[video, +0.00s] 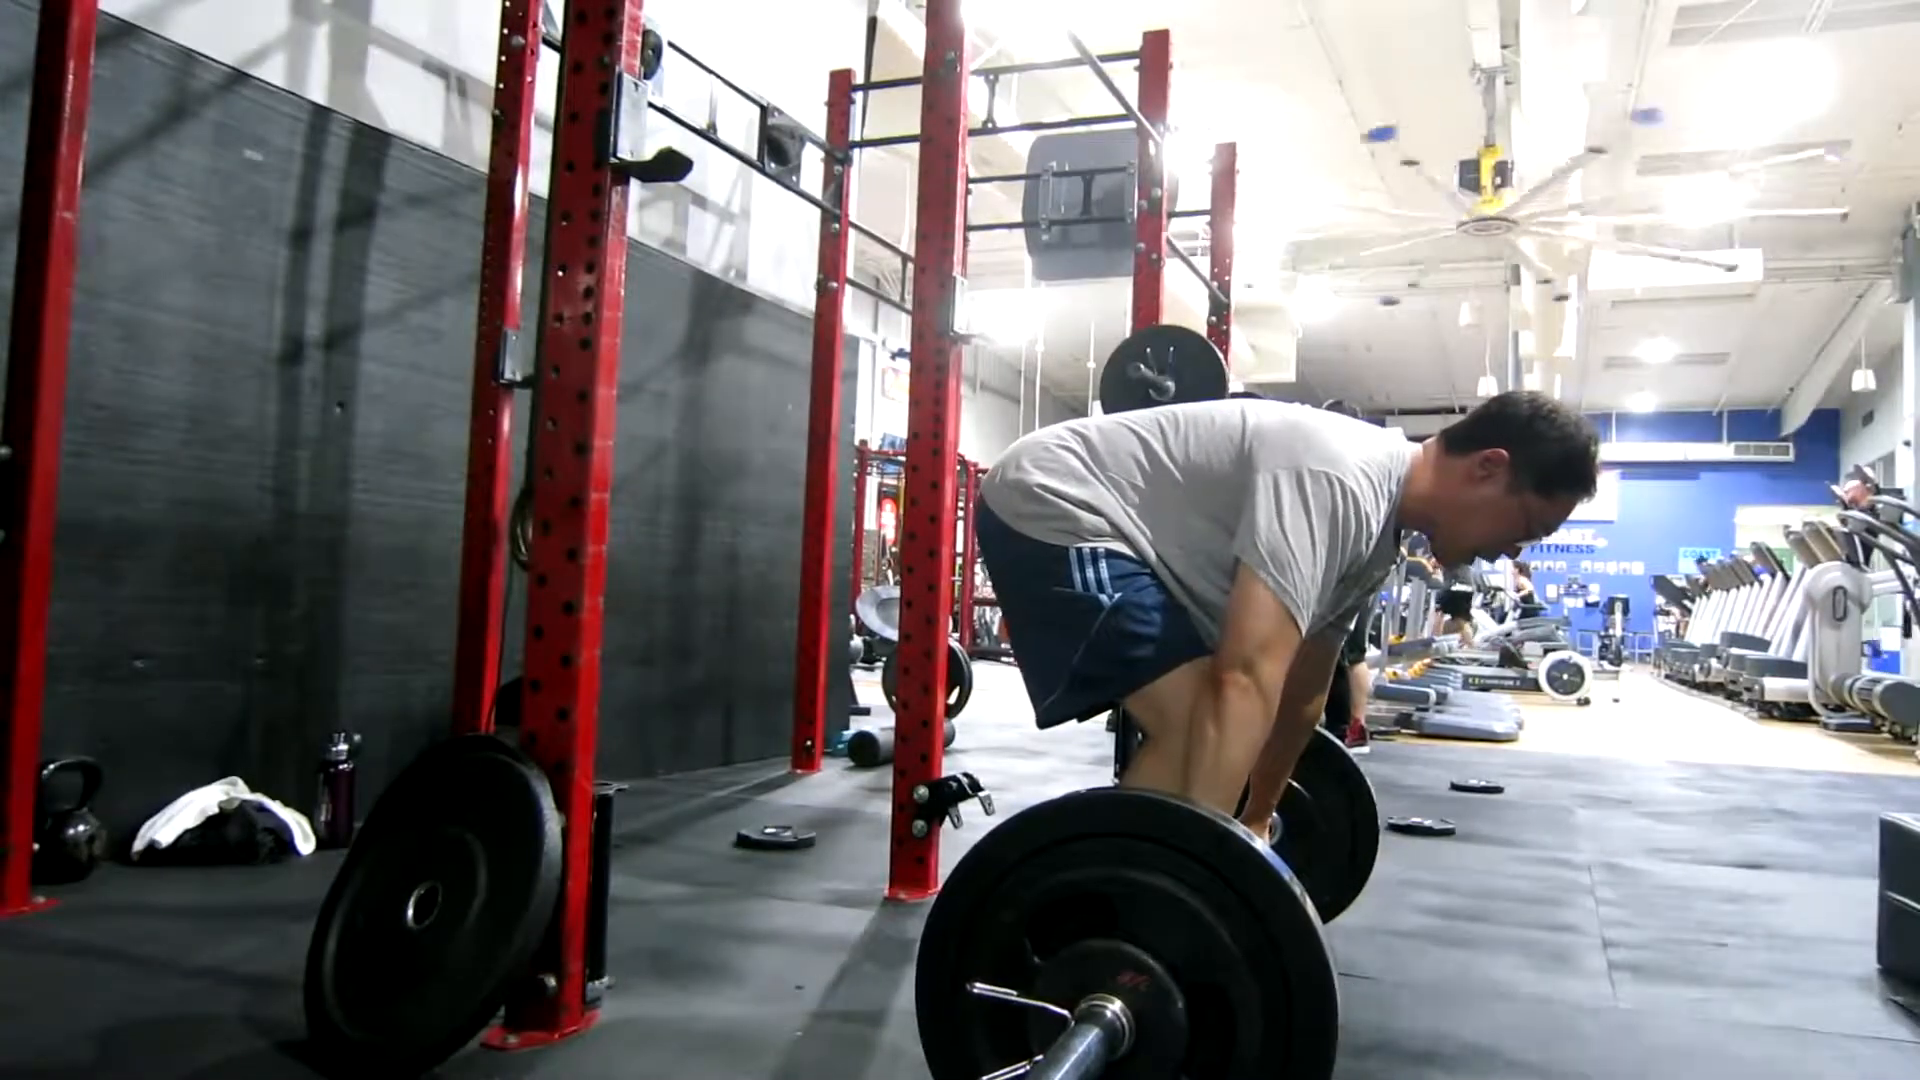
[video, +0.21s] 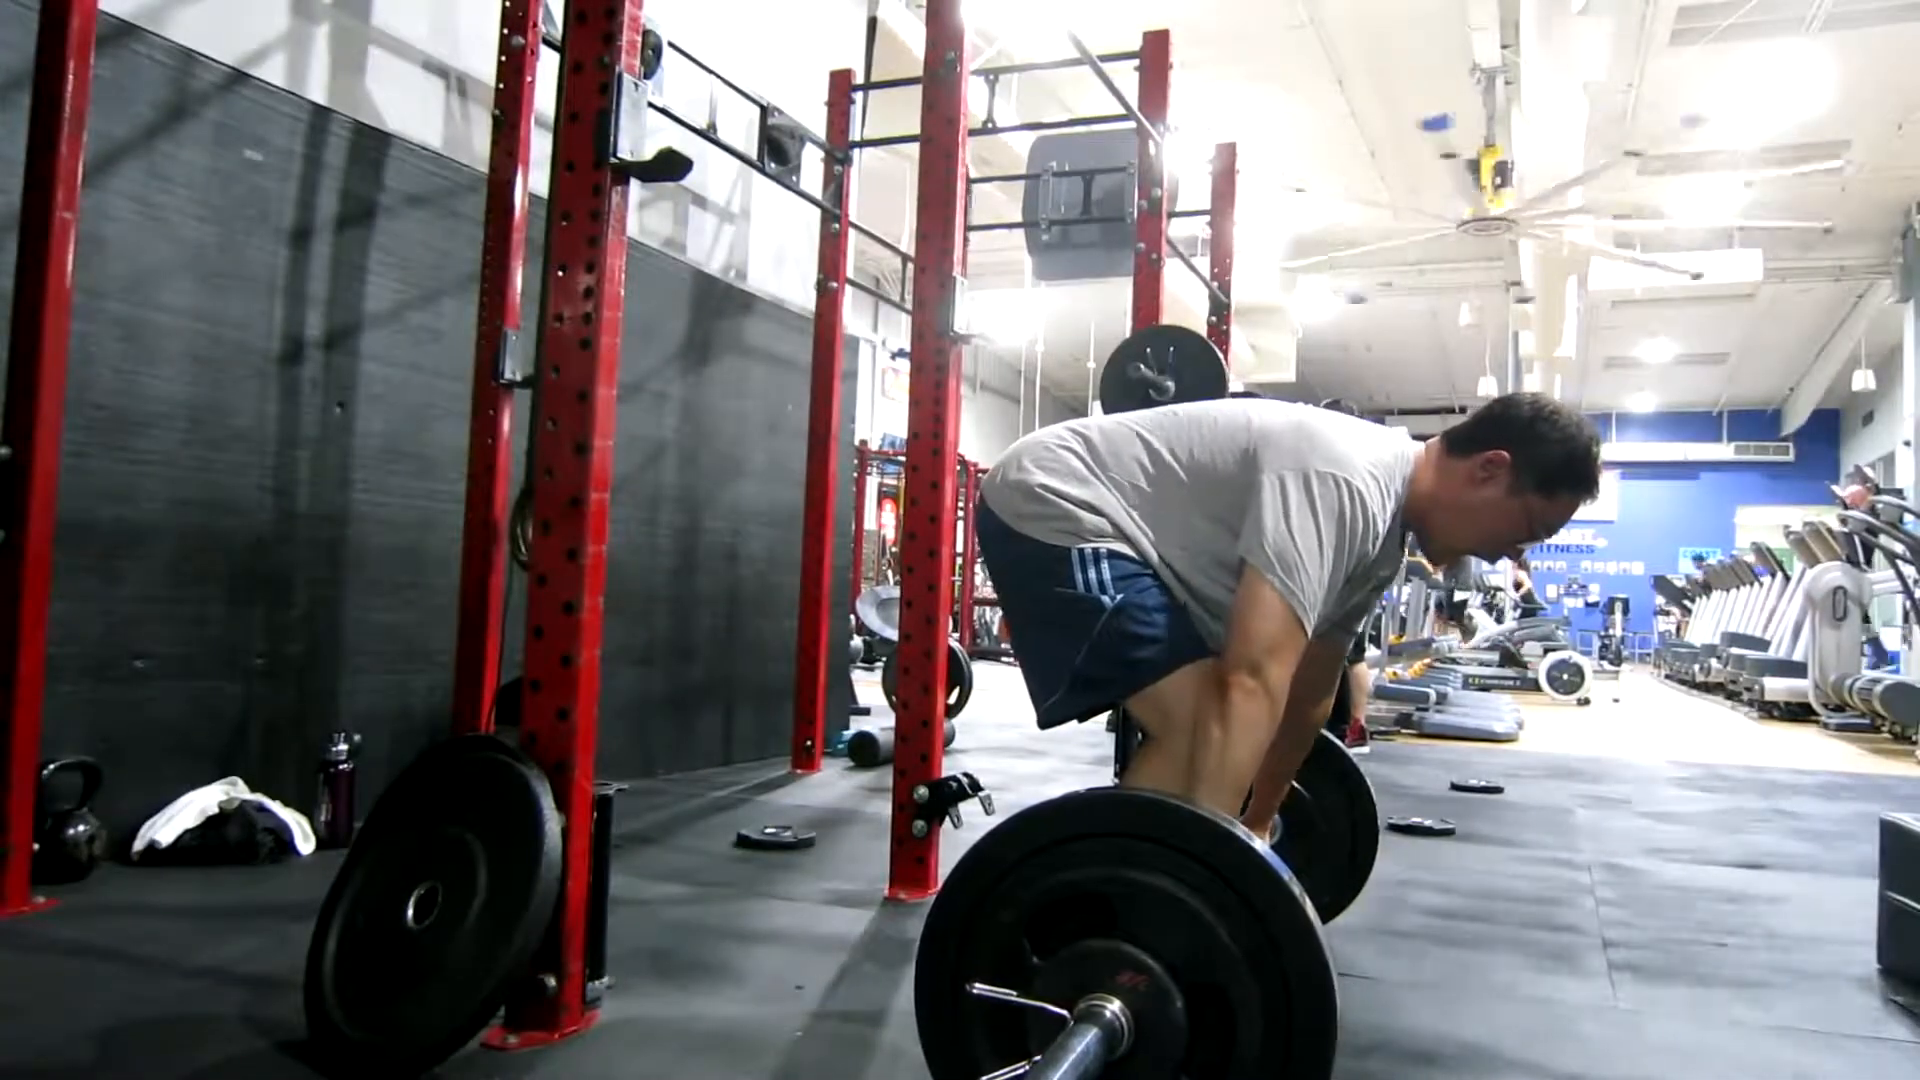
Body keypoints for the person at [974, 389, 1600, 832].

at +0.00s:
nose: (1513, 553)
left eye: (1531, 541)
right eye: (1524, 530)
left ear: (1486, 470)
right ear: (1488, 470)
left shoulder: (1377, 532)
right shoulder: (1331, 475)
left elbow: (1302, 701)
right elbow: (1244, 676)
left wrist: (1248, 838)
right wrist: (1190, 878)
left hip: (1108, 525)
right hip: (1056, 499)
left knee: (1184, 730)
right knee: (1210, 708)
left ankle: (1110, 914)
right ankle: (1154, 921)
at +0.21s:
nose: (1515, 555)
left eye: (1533, 542)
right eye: (1526, 531)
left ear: (1487, 470)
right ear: (1489, 470)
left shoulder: (1382, 533)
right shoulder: (1336, 476)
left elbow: (1308, 700)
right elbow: (1249, 679)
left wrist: (1248, 839)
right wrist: (1190, 883)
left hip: (1111, 526)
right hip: (1056, 500)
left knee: (1194, 732)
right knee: (1213, 717)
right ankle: (1141, 936)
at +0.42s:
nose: (1515, 546)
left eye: (1532, 534)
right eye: (1525, 523)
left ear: (1487, 464)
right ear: (1489, 464)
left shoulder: (1399, 525)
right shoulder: (1353, 484)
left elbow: (1325, 680)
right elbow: (1261, 682)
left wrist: (1252, 823)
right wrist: (1214, 870)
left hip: (1115, 522)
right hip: (1054, 498)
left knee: (1200, 725)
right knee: (1208, 716)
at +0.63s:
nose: (1513, 532)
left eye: (1530, 519)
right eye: (1525, 510)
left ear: (1488, 449)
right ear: (1489, 449)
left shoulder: (1393, 520)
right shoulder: (1347, 480)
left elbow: (1314, 686)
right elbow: (1271, 686)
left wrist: (1241, 855)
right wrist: (1209, 883)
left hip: (1113, 526)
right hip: (1055, 507)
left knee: (1214, 718)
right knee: (1198, 719)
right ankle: (1135, 930)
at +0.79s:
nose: (1511, 522)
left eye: (1529, 509)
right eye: (1523, 499)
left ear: (1487, 440)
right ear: (1487, 440)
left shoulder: (1383, 514)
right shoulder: (1326, 476)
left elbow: (1293, 690)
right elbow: (1238, 678)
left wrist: (1249, 842)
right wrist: (1195, 871)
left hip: (1119, 538)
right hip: (1051, 517)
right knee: (1200, 716)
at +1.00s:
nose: (1493, 498)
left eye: (1511, 485)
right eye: (1505, 475)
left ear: (1465, 421)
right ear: (1466, 420)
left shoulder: (1364, 498)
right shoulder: (1310, 463)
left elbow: (1291, 673)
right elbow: (1234, 669)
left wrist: (1259, 818)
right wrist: (1212, 856)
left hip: (1107, 551)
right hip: (1044, 529)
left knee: (1204, 735)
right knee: (1196, 719)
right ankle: (1161, 918)